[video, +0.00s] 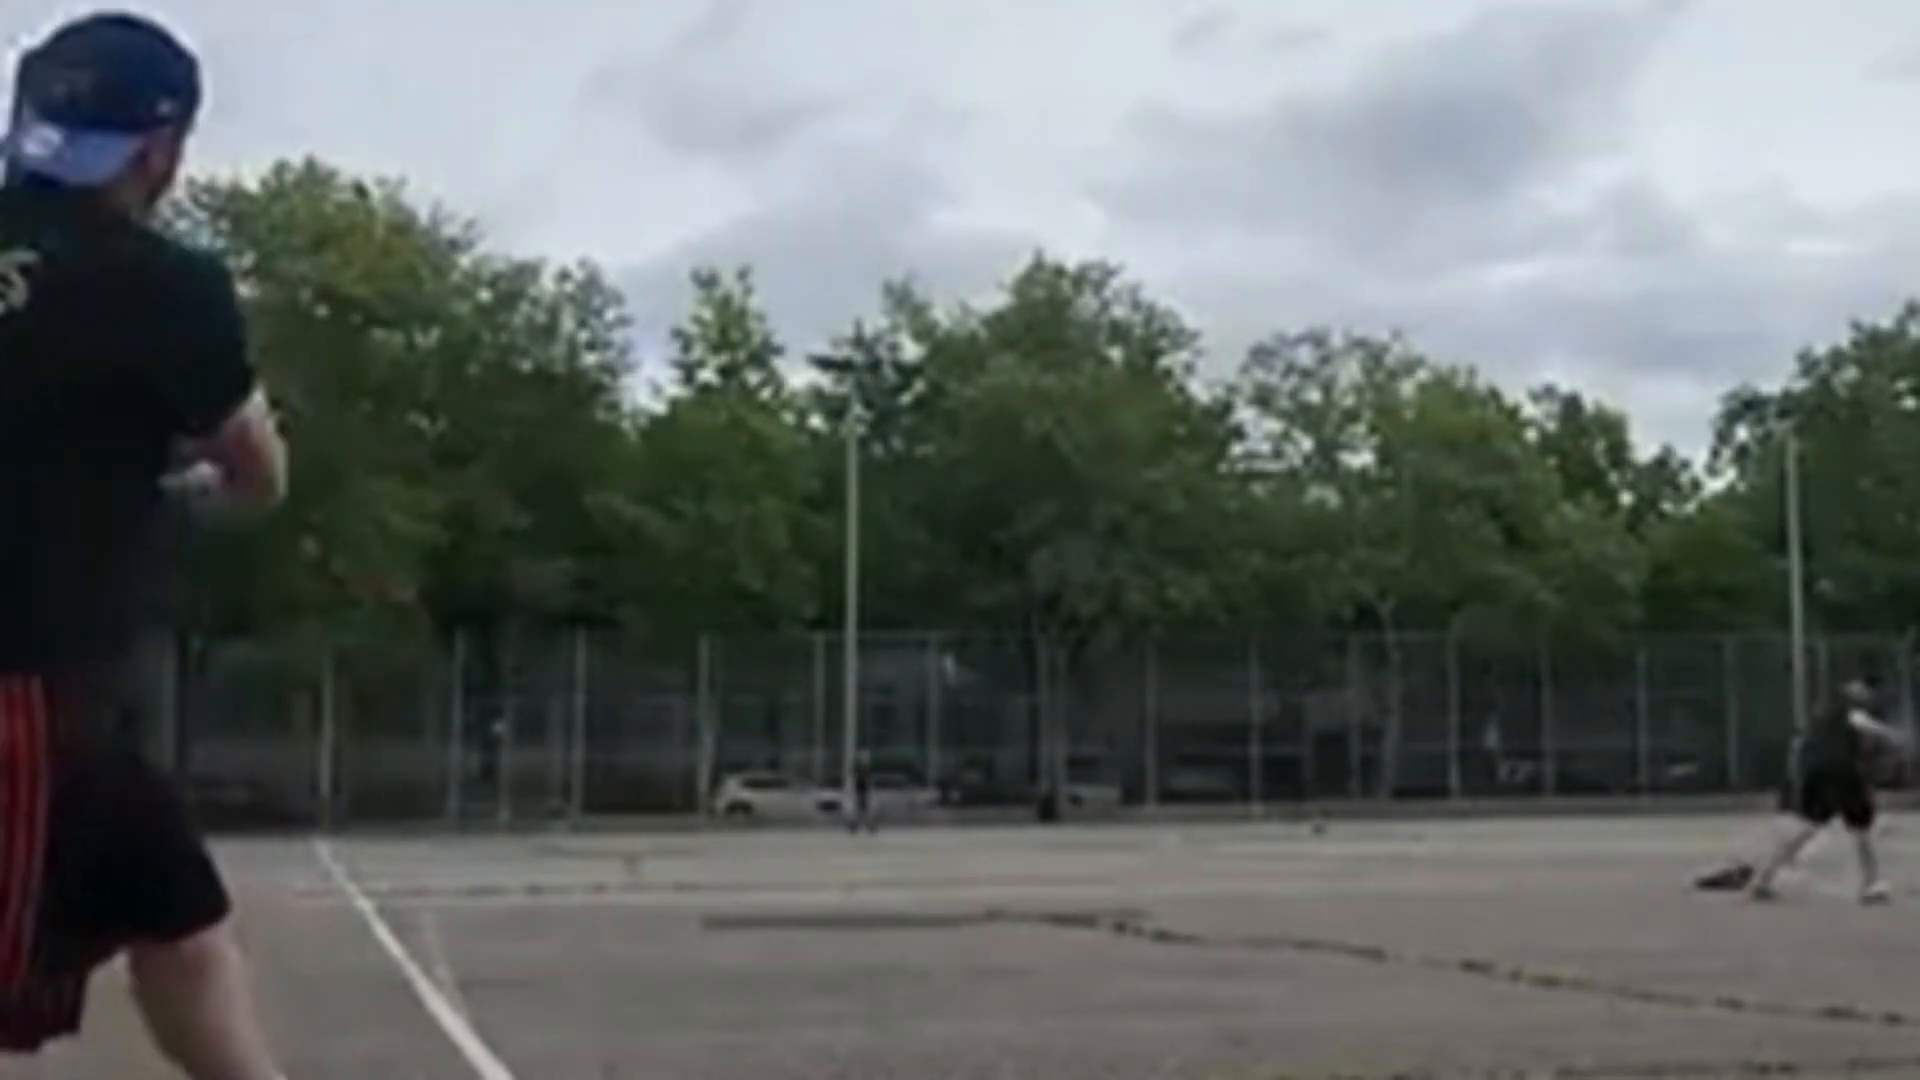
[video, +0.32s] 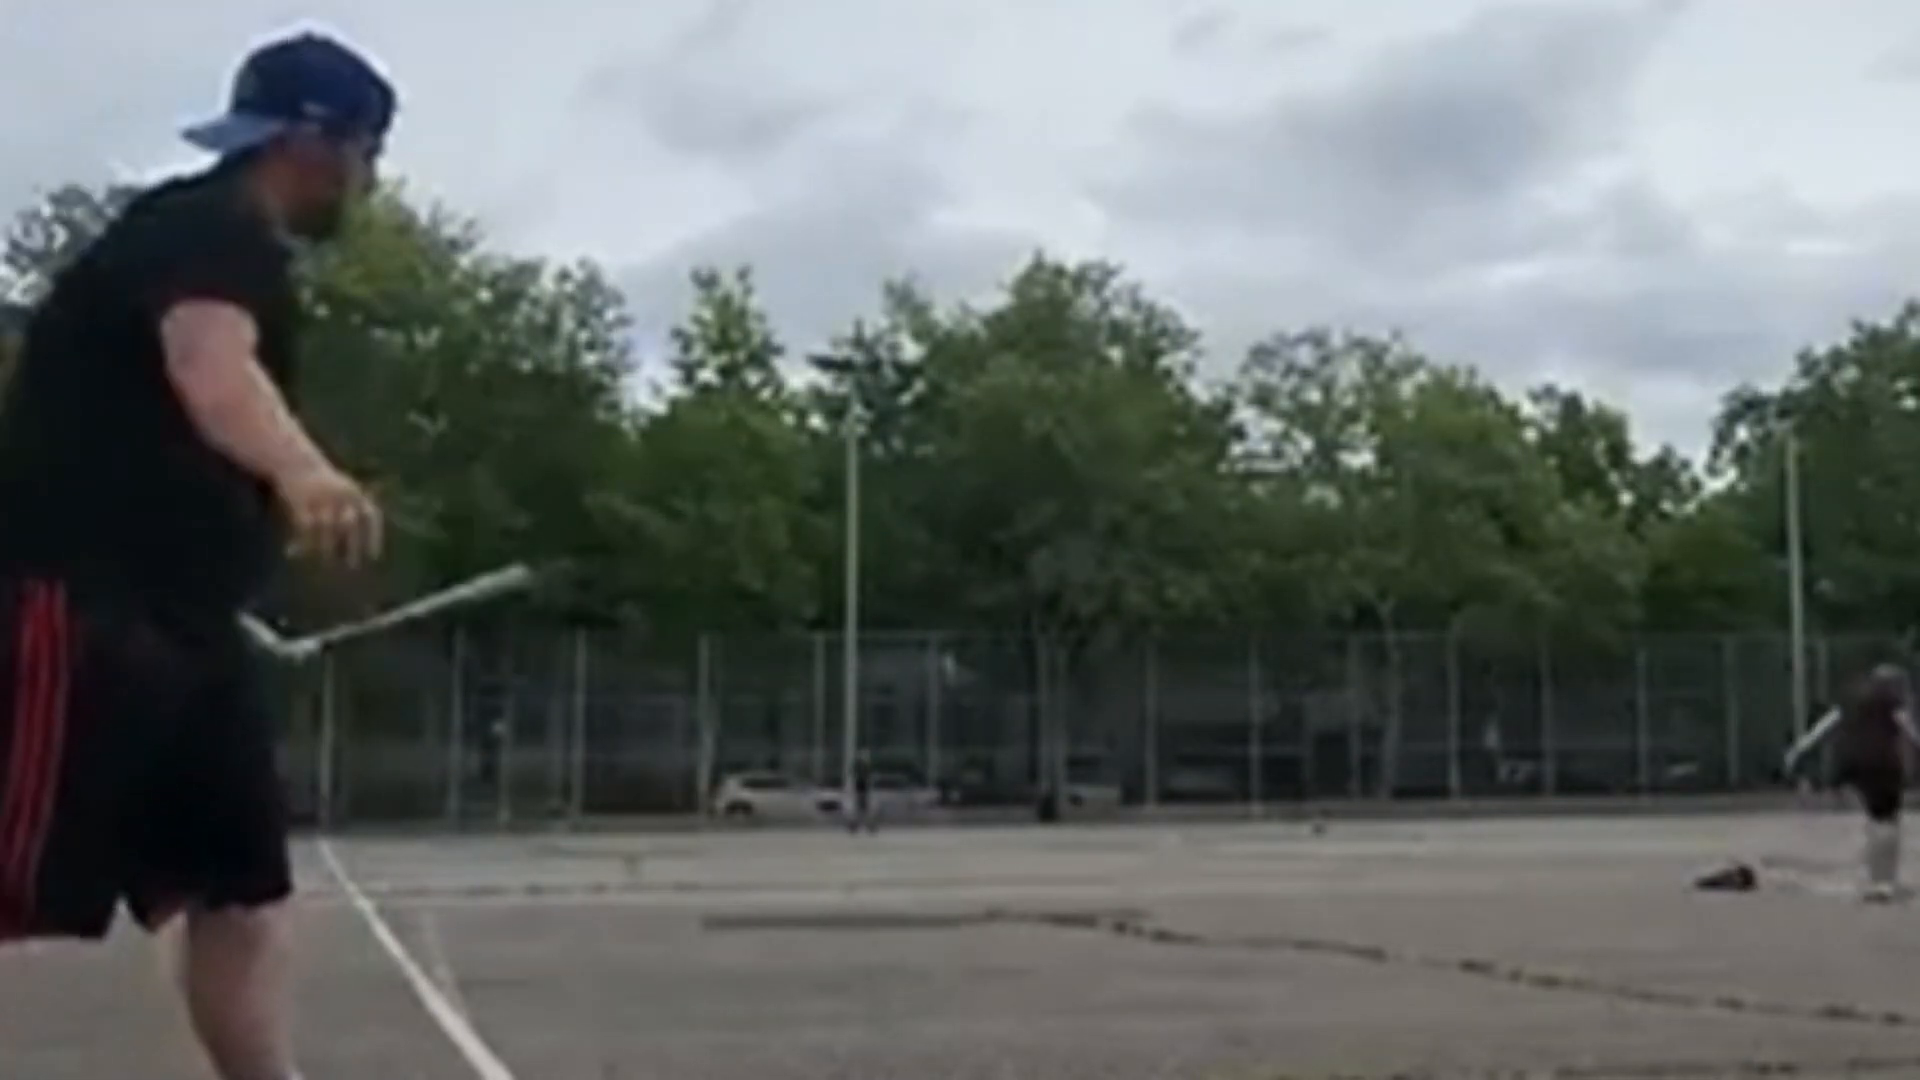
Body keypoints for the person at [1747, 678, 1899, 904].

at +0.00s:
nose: (1866, 699)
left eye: (1866, 695)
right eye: (1862, 695)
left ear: (1836, 697)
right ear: (1852, 697)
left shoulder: (1819, 717)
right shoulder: (1849, 712)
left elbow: (1797, 744)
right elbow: (1868, 726)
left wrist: (1795, 781)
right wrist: (1899, 738)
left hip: (1816, 774)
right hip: (1843, 775)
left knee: (1810, 828)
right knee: (1861, 831)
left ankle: (1763, 880)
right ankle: (1870, 886)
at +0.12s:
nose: (1875, 701)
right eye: (1874, 696)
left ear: (1852, 694)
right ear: (1876, 696)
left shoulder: (1835, 713)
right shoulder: (1878, 714)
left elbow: (1805, 730)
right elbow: (1907, 740)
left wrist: (1782, 754)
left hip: (1834, 776)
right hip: (1865, 776)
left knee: (1849, 826)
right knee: (1875, 824)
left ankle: (1804, 862)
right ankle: (1874, 884)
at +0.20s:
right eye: (1883, 694)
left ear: (1856, 692)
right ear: (1882, 694)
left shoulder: (1842, 710)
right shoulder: (1880, 711)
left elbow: (1810, 725)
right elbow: (1904, 733)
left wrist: (1785, 749)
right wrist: (1915, 749)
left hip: (1844, 770)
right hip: (1870, 772)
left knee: (1860, 825)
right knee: (1878, 828)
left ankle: (1829, 861)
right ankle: (1875, 883)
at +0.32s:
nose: (1898, 694)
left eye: (1896, 689)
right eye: (1898, 689)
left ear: (1870, 684)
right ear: (1896, 688)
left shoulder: (1853, 705)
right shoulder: (1895, 705)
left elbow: (1819, 732)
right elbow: (1909, 731)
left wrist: (1793, 755)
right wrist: (1917, 746)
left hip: (1855, 767)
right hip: (1884, 767)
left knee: (1877, 821)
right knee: (1889, 822)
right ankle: (1886, 880)